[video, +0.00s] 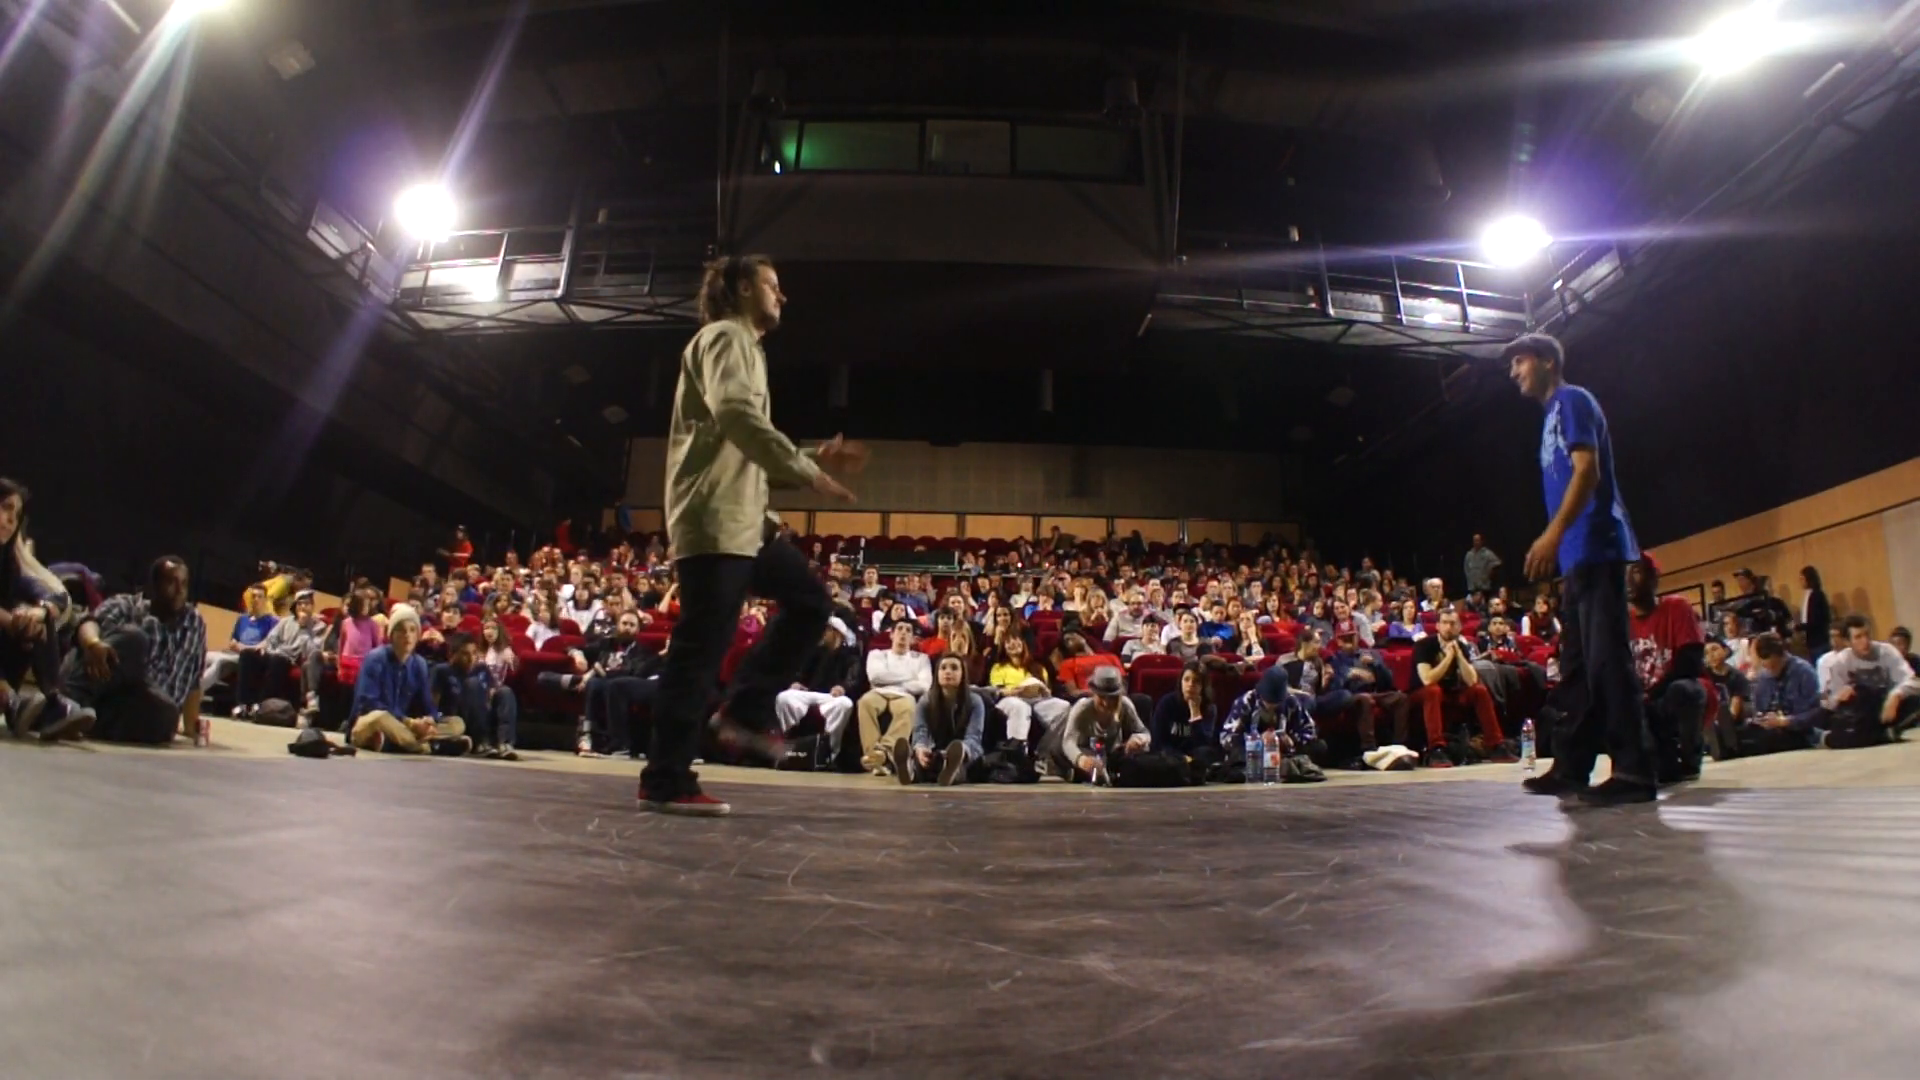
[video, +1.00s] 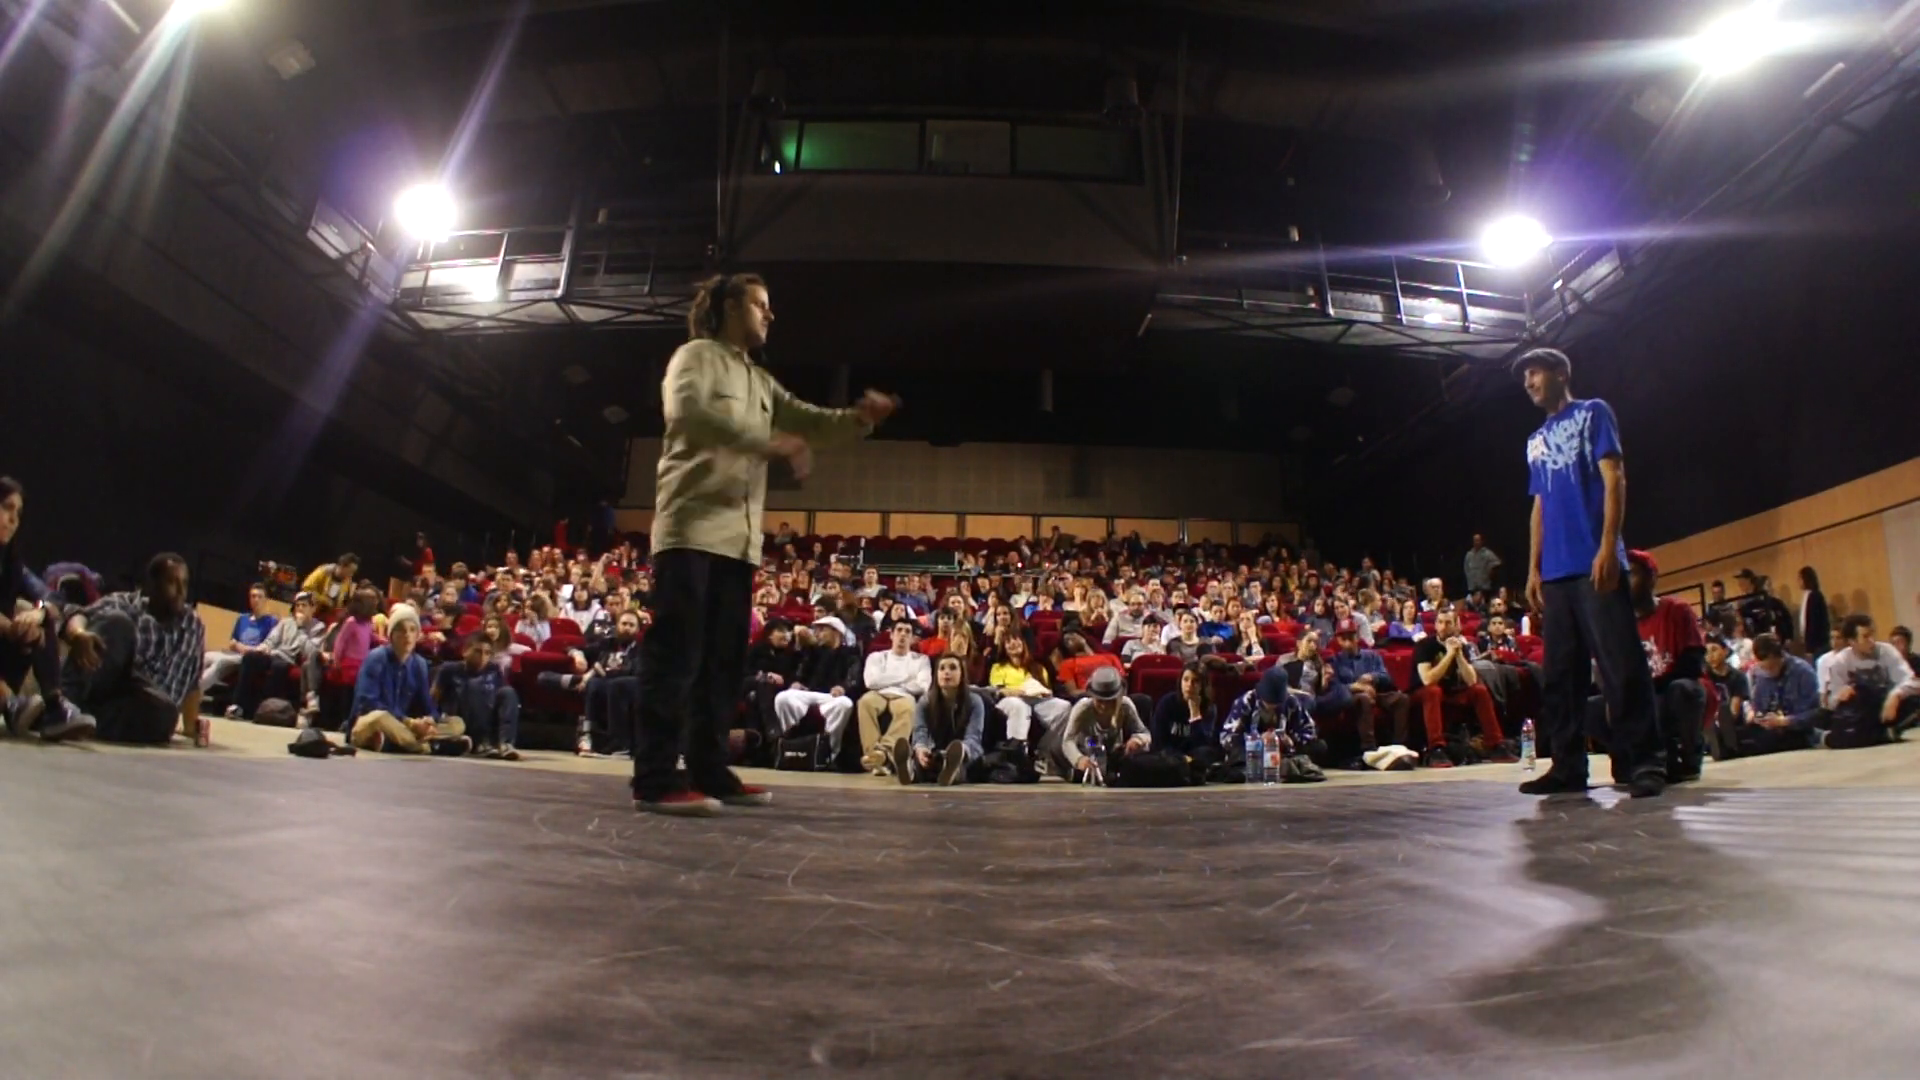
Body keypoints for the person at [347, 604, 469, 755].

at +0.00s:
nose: (407, 636)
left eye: (412, 630)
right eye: (401, 630)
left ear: (418, 634)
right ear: (391, 635)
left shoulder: (419, 664)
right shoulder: (375, 659)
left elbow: (427, 704)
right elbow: (367, 702)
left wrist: (430, 720)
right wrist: (407, 722)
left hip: (411, 725)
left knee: (457, 724)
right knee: (380, 717)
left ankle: (392, 743)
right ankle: (426, 748)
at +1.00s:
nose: (407, 636)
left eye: (412, 630)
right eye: (401, 630)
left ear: (418, 634)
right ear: (391, 635)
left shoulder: (419, 664)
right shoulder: (375, 658)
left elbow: (426, 705)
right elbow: (366, 702)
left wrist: (430, 721)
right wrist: (406, 722)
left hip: (410, 725)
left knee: (457, 724)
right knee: (380, 717)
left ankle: (391, 744)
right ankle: (425, 748)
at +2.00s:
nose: (407, 636)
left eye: (412, 630)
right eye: (401, 631)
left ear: (417, 634)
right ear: (391, 636)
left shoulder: (420, 664)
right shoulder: (375, 658)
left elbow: (426, 703)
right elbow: (368, 703)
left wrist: (430, 720)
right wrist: (407, 722)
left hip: (412, 725)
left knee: (457, 723)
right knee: (380, 717)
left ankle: (394, 744)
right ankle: (426, 748)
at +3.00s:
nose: (407, 636)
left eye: (412, 631)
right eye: (401, 631)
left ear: (418, 635)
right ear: (391, 635)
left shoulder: (420, 664)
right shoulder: (375, 659)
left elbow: (426, 704)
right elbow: (367, 703)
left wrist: (430, 720)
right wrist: (407, 722)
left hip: (411, 724)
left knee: (457, 723)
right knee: (381, 718)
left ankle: (394, 743)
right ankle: (426, 748)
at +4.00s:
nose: (408, 637)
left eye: (413, 630)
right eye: (401, 631)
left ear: (418, 635)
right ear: (391, 635)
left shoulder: (419, 664)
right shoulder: (376, 658)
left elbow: (426, 704)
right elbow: (367, 703)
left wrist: (430, 720)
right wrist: (406, 722)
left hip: (411, 725)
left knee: (457, 723)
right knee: (381, 717)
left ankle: (394, 744)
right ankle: (426, 748)